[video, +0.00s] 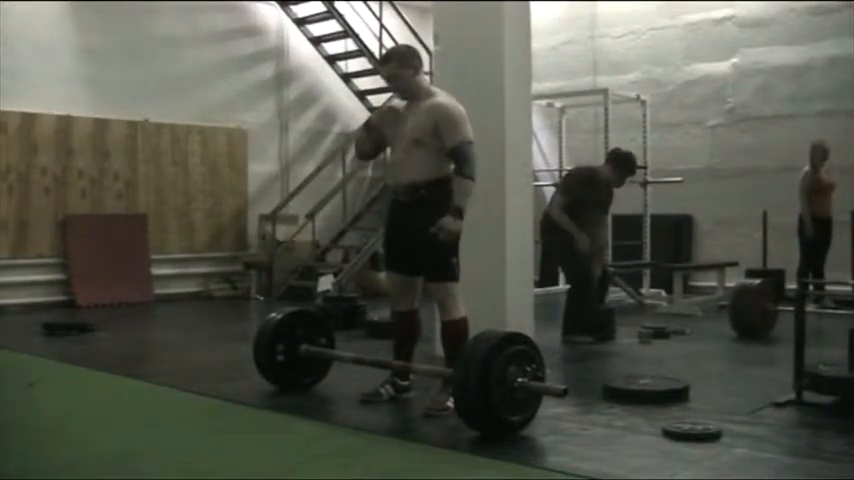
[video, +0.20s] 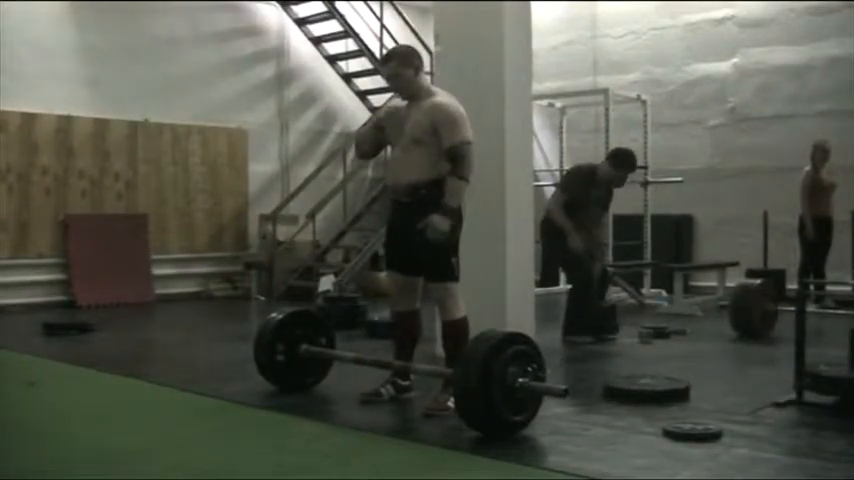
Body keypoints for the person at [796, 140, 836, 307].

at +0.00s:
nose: (821, 160)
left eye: (823, 156)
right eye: (818, 156)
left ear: (826, 158)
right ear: (812, 156)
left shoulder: (823, 175)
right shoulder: (808, 175)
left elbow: (824, 201)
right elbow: (804, 202)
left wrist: (827, 220)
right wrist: (807, 225)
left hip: (824, 220)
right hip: (810, 220)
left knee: (819, 259)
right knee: (807, 259)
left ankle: (819, 294)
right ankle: (802, 293)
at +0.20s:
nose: (823, 158)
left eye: (825, 155)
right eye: (820, 155)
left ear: (828, 157)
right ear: (813, 155)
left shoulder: (823, 175)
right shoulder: (809, 175)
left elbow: (824, 200)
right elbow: (805, 202)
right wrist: (808, 224)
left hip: (824, 220)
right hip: (811, 220)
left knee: (819, 260)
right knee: (808, 259)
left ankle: (820, 294)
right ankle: (803, 293)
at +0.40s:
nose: (824, 159)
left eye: (826, 155)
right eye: (821, 155)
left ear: (828, 157)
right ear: (814, 155)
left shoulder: (824, 175)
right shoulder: (810, 175)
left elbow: (825, 200)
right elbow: (806, 202)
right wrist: (809, 224)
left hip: (825, 220)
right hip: (812, 220)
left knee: (820, 260)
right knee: (809, 259)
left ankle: (820, 294)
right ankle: (803, 293)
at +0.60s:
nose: (824, 159)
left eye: (826, 155)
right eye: (821, 155)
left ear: (828, 157)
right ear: (814, 155)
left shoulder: (824, 175)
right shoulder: (809, 175)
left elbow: (824, 199)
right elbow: (805, 201)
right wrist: (809, 224)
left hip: (824, 220)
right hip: (811, 220)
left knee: (820, 259)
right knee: (808, 258)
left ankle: (820, 294)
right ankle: (802, 293)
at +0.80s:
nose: (824, 159)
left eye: (826, 155)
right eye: (821, 155)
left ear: (827, 157)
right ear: (813, 155)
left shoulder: (822, 175)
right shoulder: (809, 174)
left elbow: (824, 200)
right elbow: (805, 201)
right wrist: (809, 224)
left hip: (824, 221)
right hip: (811, 220)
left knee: (819, 259)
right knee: (808, 258)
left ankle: (820, 294)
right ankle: (802, 293)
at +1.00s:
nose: (824, 159)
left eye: (826, 156)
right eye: (821, 155)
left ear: (828, 158)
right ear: (814, 155)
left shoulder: (823, 175)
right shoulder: (809, 174)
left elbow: (824, 200)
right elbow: (805, 201)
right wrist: (809, 224)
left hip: (824, 221)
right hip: (811, 220)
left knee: (820, 259)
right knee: (808, 258)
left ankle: (820, 294)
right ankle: (803, 293)